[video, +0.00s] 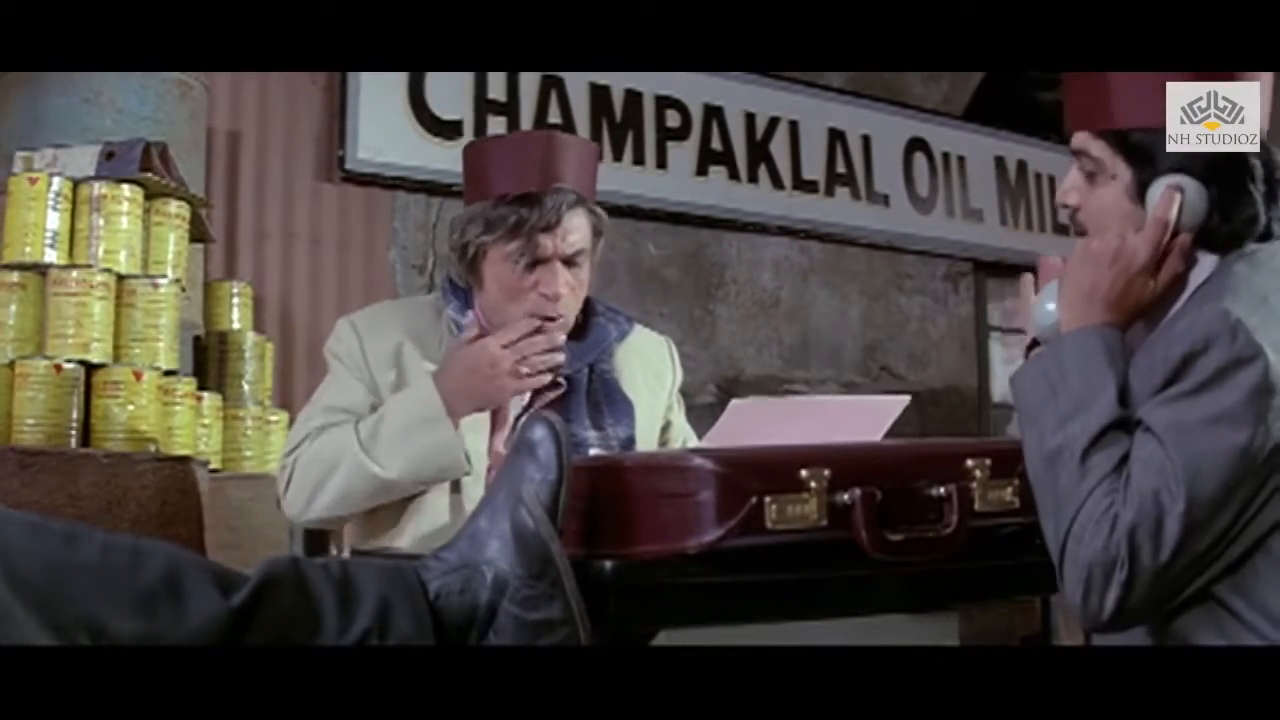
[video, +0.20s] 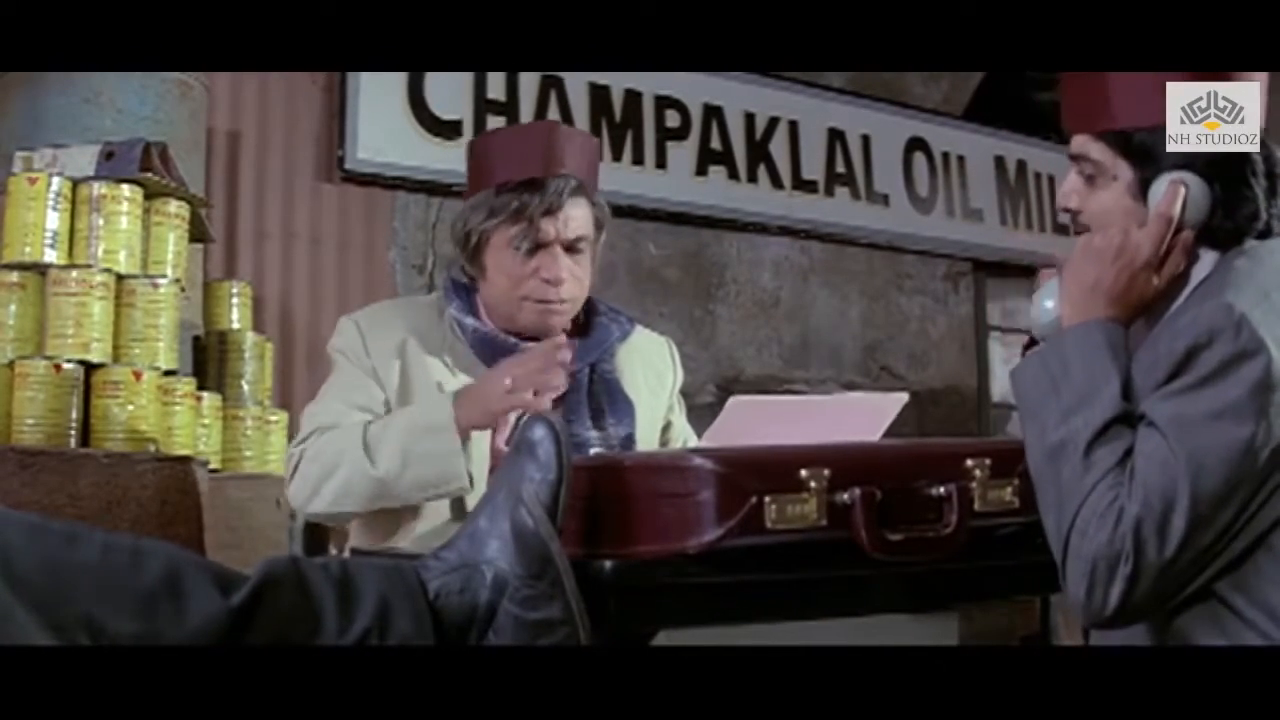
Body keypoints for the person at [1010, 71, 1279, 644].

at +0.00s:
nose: (1063, 197)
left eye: (1092, 173)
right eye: (1073, 169)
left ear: (1171, 207)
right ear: (1170, 207)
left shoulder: (1237, 329)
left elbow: (1108, 576)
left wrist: (1084, 333)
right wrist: (1063, 346)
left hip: (1228, 632)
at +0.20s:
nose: (1064, 200)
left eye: (1092, 176)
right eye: (1072, 172)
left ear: (1173, 203)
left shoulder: (1237, 326)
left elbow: (1109, 570)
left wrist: (1086, 327)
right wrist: (1067, 337)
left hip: (1222, 631)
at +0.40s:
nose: (1059, 215)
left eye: (1085, 191)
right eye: (1062, 186)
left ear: (1170, 208)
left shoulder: (1236, 326)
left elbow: (1115, 576)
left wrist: (1086, 332)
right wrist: (1060, 348)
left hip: (1228, 631)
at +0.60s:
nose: (1058, 223)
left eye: (1082, 196)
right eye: (1061, 193)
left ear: (1168, 211)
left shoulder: (1238, 323)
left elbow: (1114, 573)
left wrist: (1083, 336)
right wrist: (1060, 353)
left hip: (1229, 632)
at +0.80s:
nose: (1067, 219)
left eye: (1085, 190)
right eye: (1069, 189)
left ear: (1164, 205)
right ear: (1165, 206)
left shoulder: (1236, 323)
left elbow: (1113, 568)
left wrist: (1085, 337)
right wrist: (1054, 365)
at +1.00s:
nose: (1076, 201)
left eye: (1094, 175)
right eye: (1082, 173)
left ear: (1161, 198)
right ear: (1166, 199)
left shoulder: (1221, 333)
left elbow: (1086, 558)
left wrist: (1076, 330)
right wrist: (1048, 340)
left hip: (1218, 632)